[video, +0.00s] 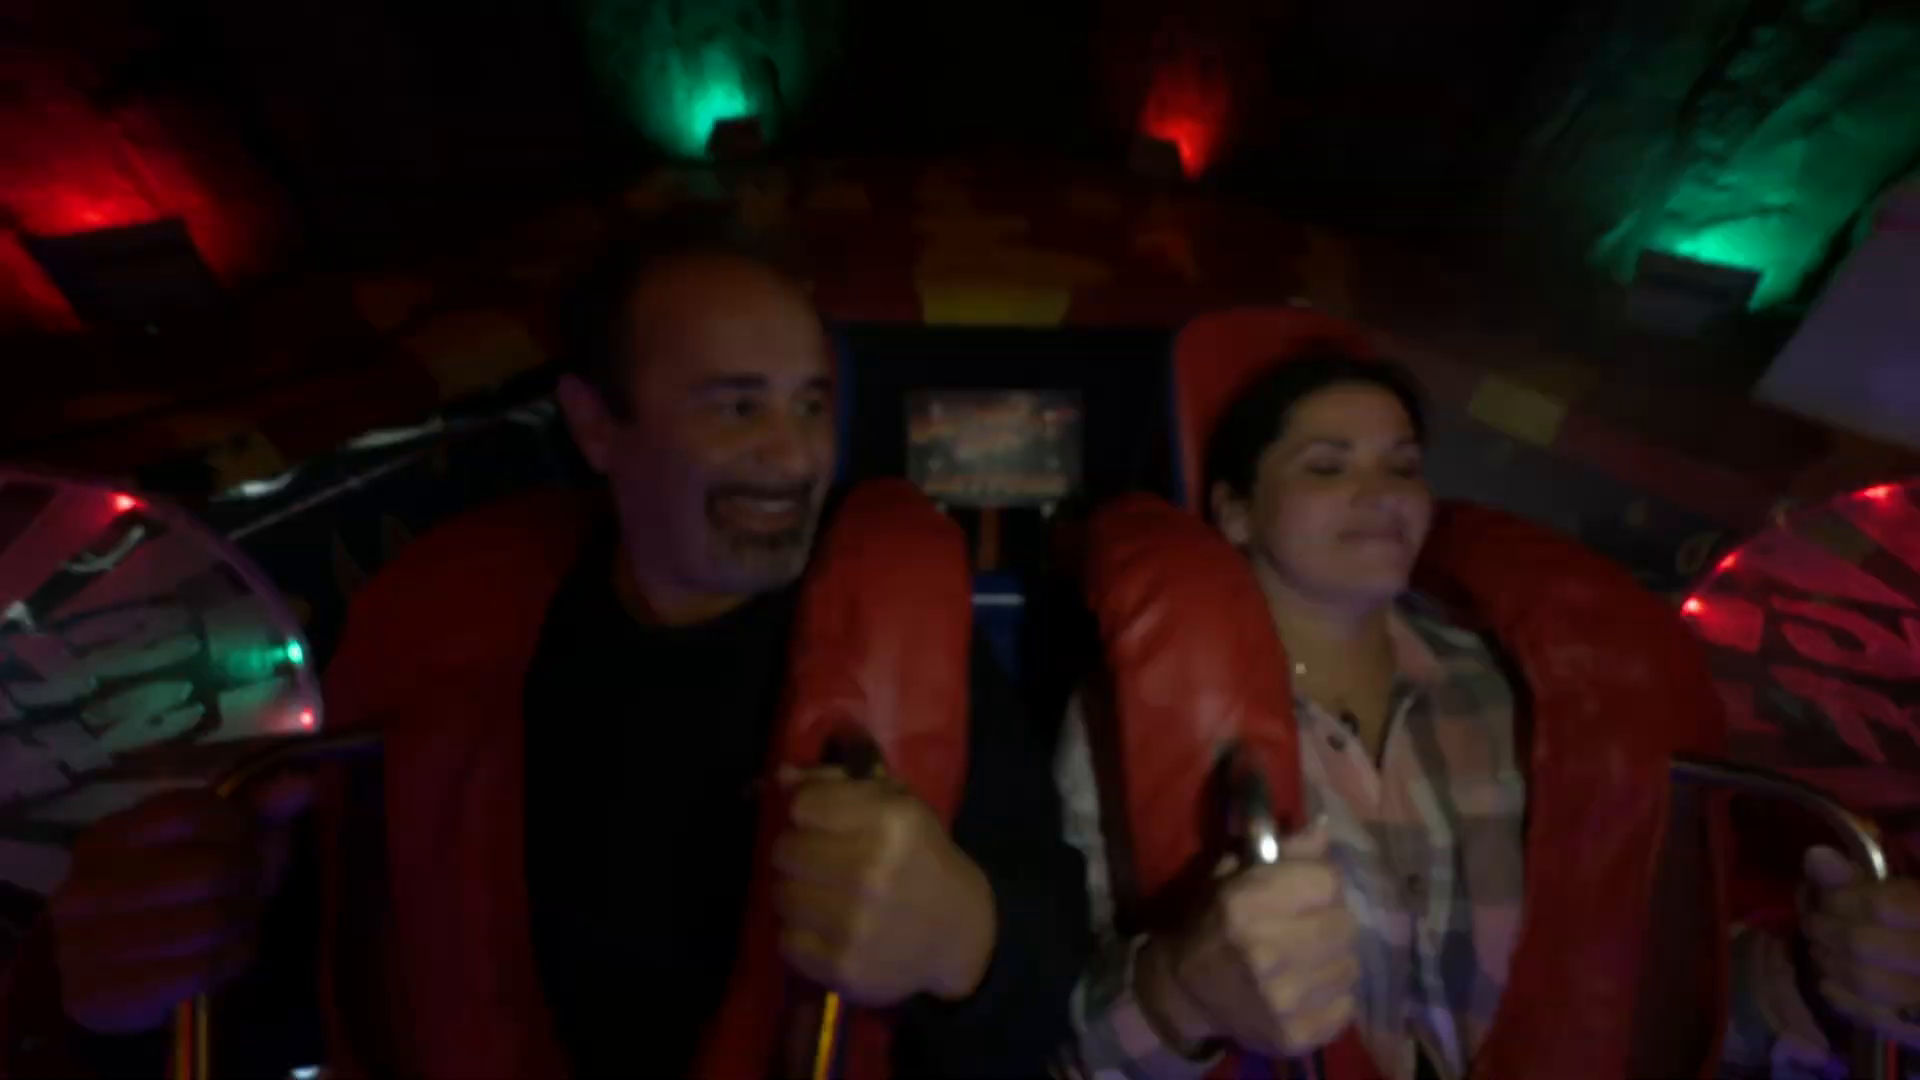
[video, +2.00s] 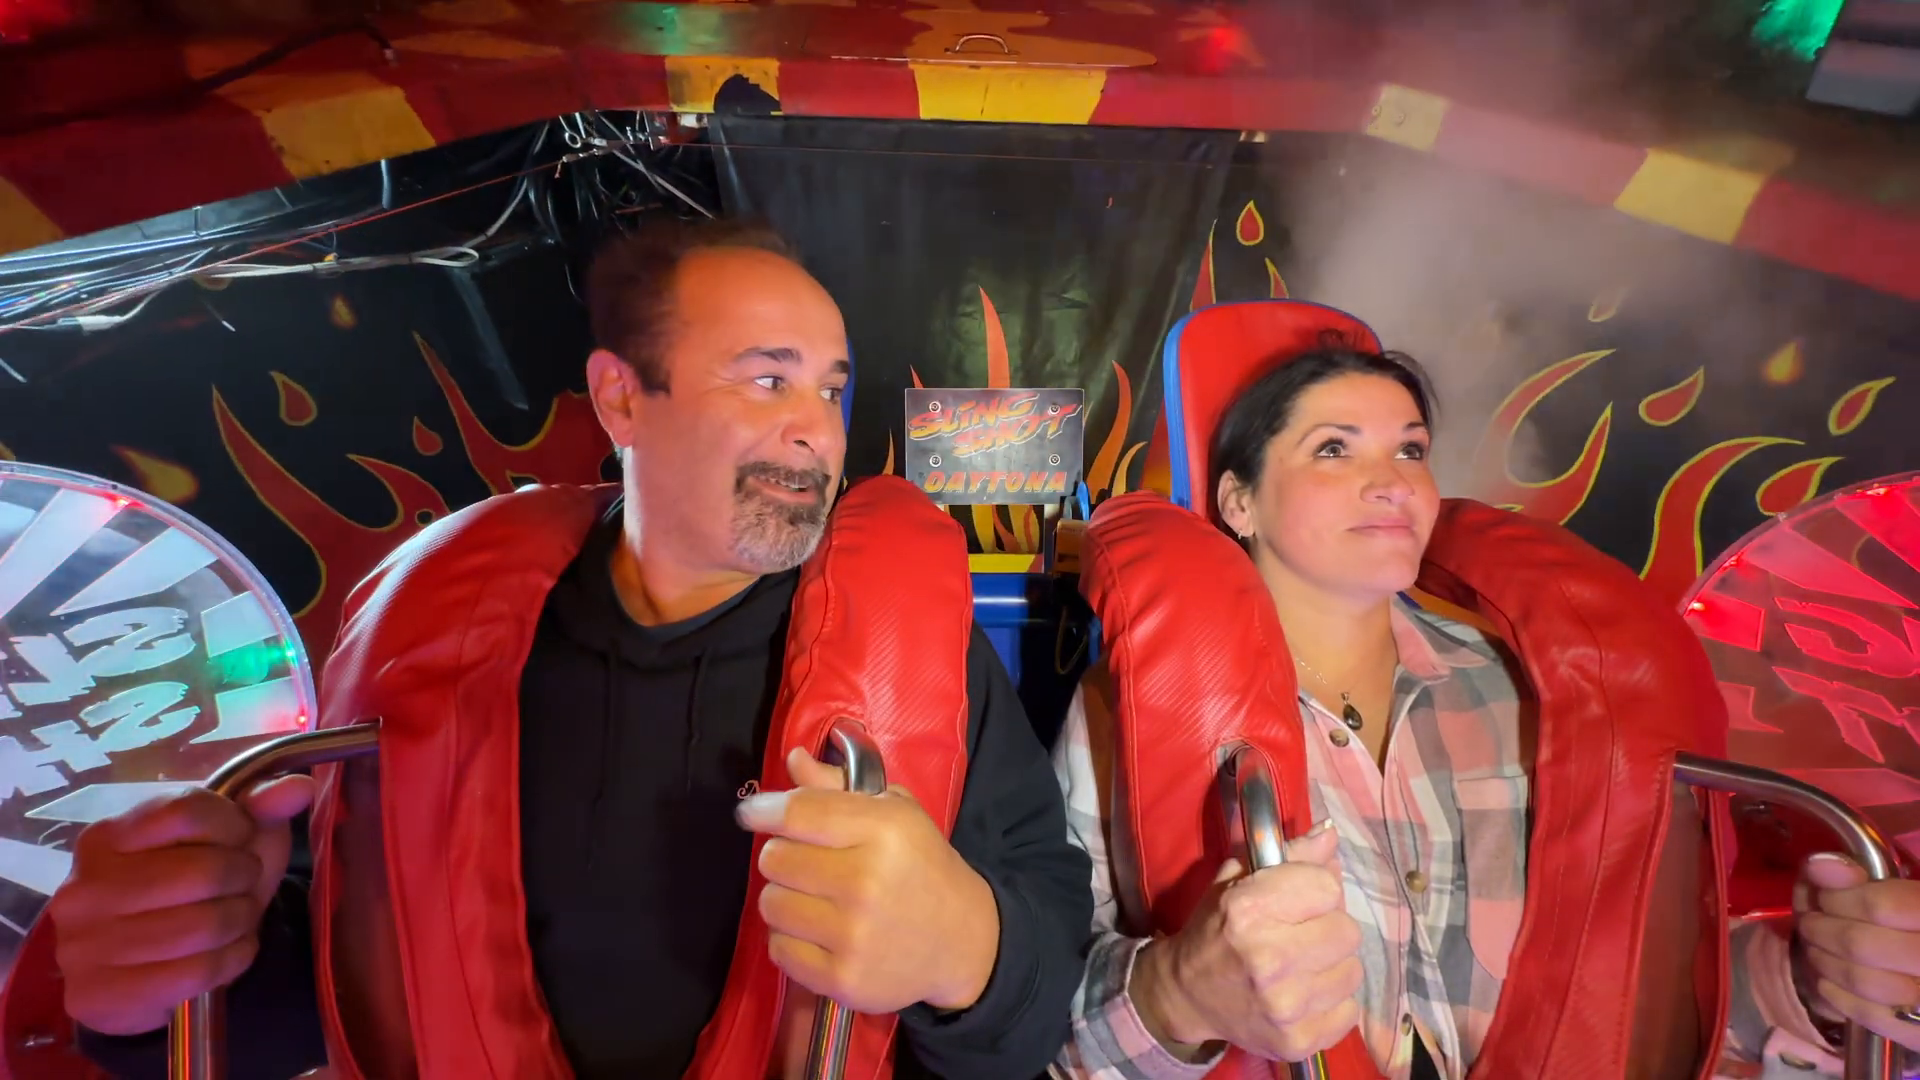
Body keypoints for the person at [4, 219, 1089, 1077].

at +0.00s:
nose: (790, 451)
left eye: (812, 403)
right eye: (732, 404)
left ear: (840, 416)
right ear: (600, 429)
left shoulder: (927, 644)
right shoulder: (441, 632)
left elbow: (1049, 1015)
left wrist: (973, 943)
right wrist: (96, 973)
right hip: (495, 1064)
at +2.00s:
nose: (817, 433)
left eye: (833, 390)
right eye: (762, 378)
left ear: (850, 410)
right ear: (620, 400)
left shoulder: (918, 654)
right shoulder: (428, 626)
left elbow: (1044, 980)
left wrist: (977, 949)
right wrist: (106, 982)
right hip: (484, 1056)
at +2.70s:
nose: (673, 435)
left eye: (733, 392)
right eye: (634, 390)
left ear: (816, 437)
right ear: (582, 421)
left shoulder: (917, 654)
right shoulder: (434, 635)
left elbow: (1040, 1000)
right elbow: (317, 982)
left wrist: (973, 954)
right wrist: (128, 976)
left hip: (790, 1067)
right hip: (499, 1065)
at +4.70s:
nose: (713, 395)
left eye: (760, 365)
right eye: (667, 356)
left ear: (816, 429)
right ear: (589, 420)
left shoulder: (929, 655)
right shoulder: (429, 627)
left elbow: (1048, 1017)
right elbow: (309, 981)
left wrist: (980, 949)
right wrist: (103, 983)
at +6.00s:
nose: (649, 348)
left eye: (708, 319)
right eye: (617, 333)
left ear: (805, 405)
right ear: (585, 417)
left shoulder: (924, 658)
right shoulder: (438, 637)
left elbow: (1045, 1003)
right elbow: (309, 977)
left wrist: (982, 956)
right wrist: (104, 993)